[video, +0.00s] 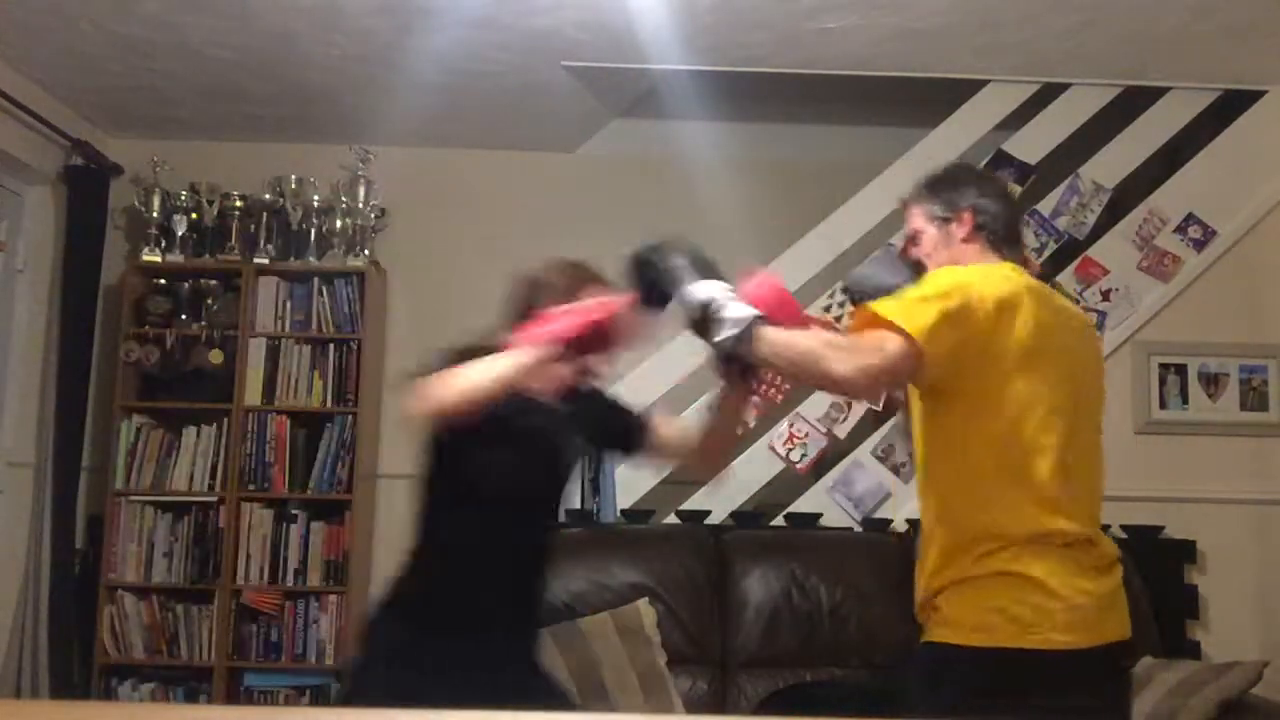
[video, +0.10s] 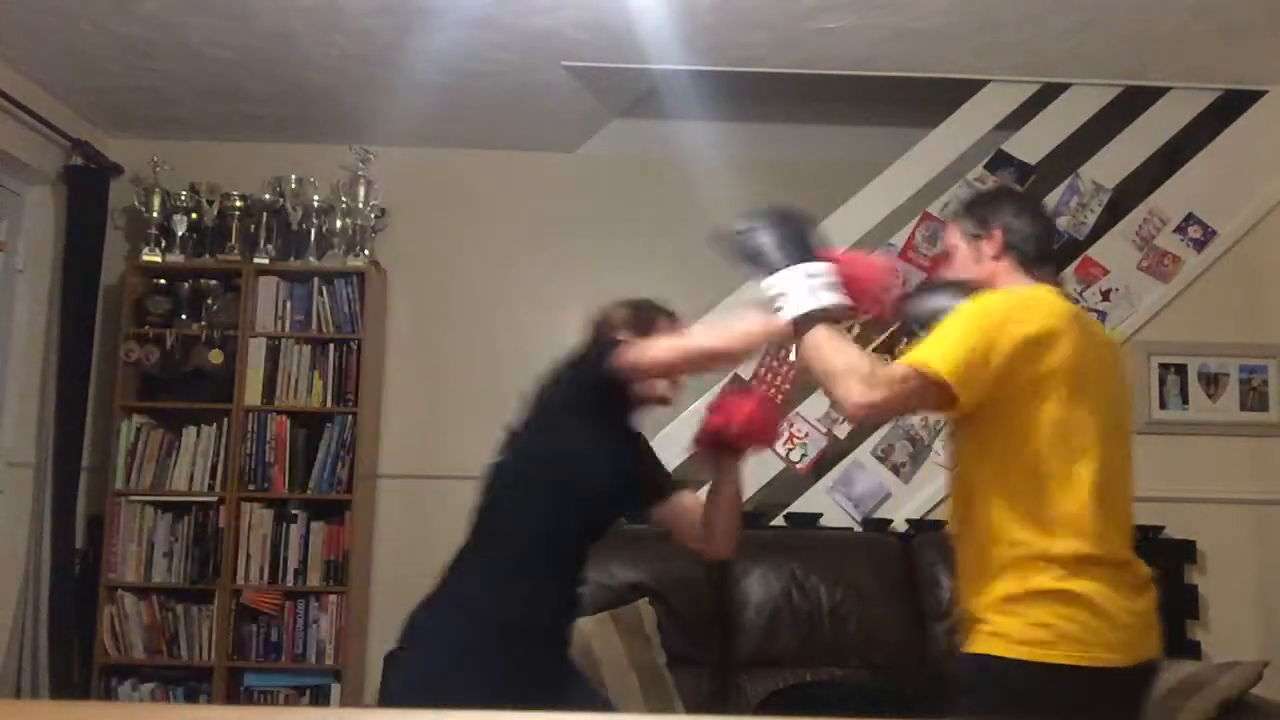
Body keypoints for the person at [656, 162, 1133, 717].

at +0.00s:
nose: (911, 256)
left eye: (917, 238)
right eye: (908, 243)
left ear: (963, 224)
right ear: (975, 230)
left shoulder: (968, 292)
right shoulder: (1075, 321)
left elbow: (860, 367)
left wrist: (728, 319)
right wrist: (855, 336)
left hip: (993, 639)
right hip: (1095, 636)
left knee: (786, 704)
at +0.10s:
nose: (945, 269)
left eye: (951, 252)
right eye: (944, 254)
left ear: (993, 244)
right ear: (1038, 250)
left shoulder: (1005, 314)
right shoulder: (1101, 341)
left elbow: (864, 394)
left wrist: (801, 295)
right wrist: (961, 319)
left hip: (1034, 648)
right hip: (1119, 647)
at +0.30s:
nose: (1032, 269)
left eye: (1037, 251)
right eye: (1031, 255)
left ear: (1081, 241)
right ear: (1128, 252)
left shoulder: (1056, 300)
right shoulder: (1190, 334)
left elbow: (930, 367)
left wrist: (835, 406)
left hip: (1070, 631)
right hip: (1184, 640)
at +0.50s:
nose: (1062, 281)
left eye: (1066, 264)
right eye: (1061, 268)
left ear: (1108, 251)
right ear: (1164, 270)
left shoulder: (1092, 303)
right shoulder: (1220, 341)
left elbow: (946, 311)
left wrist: (862, 352)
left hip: (1109, 619)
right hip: (1220, 633)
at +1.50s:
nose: (1193, 290)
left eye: (1191, 268)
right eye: (1176, 277)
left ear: (1239, 227)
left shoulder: (1270, 330)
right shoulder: (1208, 320)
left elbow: (1157, 456)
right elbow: (1153, 460)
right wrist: (1119, 305)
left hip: (1265, 666)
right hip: (1195, 652)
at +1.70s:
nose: (1195, 264)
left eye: (1189, 244)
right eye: (1184, 248)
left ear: (1224, 217)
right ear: (1229, 213)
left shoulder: (1270, 293)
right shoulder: (1253, 295)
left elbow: (1130, 422)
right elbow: (1193, 462)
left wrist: (1136, 264)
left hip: (1257, 656)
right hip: (1226, 644)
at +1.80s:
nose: (1194, 279)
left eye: (1192, 259)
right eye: (1180, 269)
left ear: (1228, 214)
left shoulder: (1273, 305)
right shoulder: (1225, 317)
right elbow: (1197, 477)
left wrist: (1160, 328)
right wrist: (1141, 350)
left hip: (1268, 662)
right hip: (1215, 644)